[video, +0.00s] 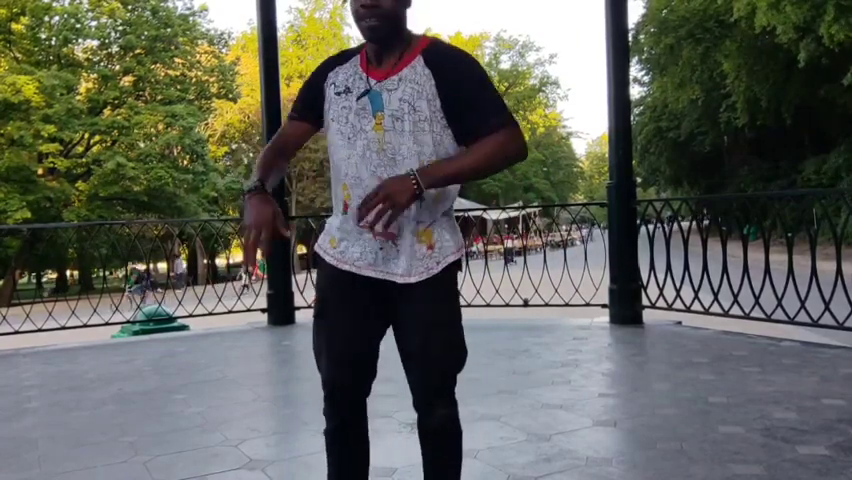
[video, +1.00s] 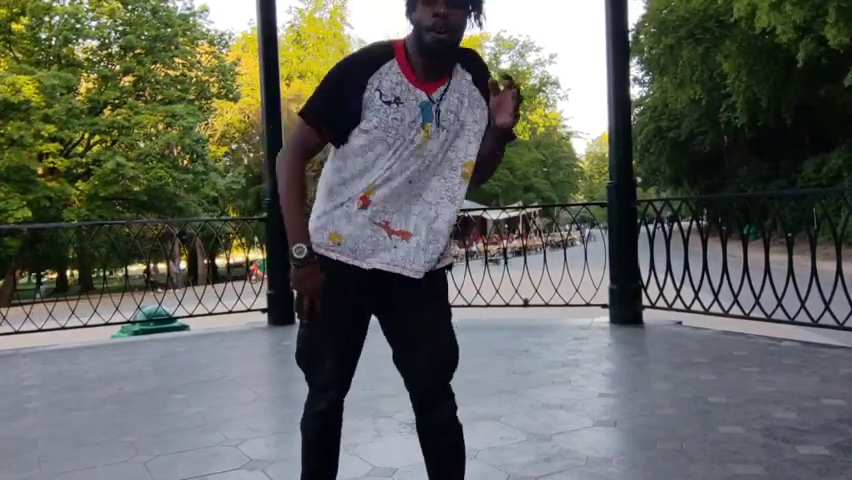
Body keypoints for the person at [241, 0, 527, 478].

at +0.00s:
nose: (368, 2)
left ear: (406, 2)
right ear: (350, 7)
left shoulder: (447, 64)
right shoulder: (332, 74)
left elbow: (509, 142)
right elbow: (284, 143)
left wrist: (419, 180)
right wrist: (258, 189)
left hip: (426, 268)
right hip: (347, 267)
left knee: (436, 406)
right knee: (341, 403)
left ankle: (443, 476)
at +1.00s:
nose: (442, 14)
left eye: (455, 5)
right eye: (430, 3)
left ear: (470, 16)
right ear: (411, 9)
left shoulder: (473, 75)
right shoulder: (362, 69)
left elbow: (476, 176)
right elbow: (291, 154)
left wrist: (498, 129)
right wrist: (301, 255)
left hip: (418, 269)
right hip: (341, 263)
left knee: (436, 401)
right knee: (325, 398)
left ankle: (449, 479)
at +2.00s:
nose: (386, 1)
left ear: (412, 3)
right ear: (358, 4)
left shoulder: (449, 70)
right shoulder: (323, 66)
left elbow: (482, 147)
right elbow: (250, 121)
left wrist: (497, 144)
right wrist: (277, 171)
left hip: (446, 263)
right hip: (365, 262)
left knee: (459, 398)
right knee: (354, 402)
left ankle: (465, 478)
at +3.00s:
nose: (431, 10)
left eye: (443, 1)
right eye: (420, 3)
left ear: (464, 8)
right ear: (408, 12)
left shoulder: (489, 64)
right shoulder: (390, 91)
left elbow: (547, 152)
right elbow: (373, 184)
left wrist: (551, 105)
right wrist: (357, 268)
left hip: (457, 257)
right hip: (382, 256)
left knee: (464, 394)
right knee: (378, 392)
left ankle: (481, 476)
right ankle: (399, 476)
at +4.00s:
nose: (454, 19)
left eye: (466, 8)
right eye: (442, 10)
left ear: (486, 14)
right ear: (428, 19)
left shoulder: (517, 75)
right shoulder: (404, 81)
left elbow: (519, 159)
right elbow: (317, 137)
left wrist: (509, 235)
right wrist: (345, 222)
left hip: (464, 258)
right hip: (388, 254)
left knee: (482, 392)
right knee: (364, 395)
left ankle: (487, 478)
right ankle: (350, 479)